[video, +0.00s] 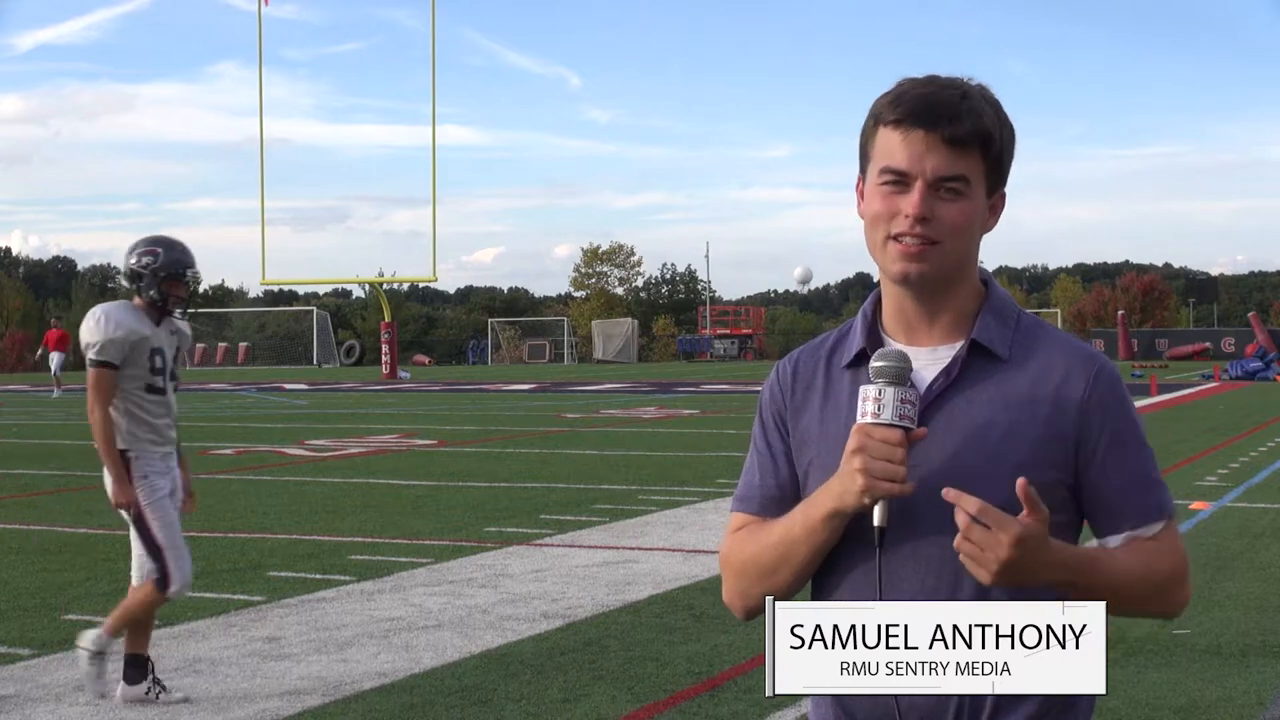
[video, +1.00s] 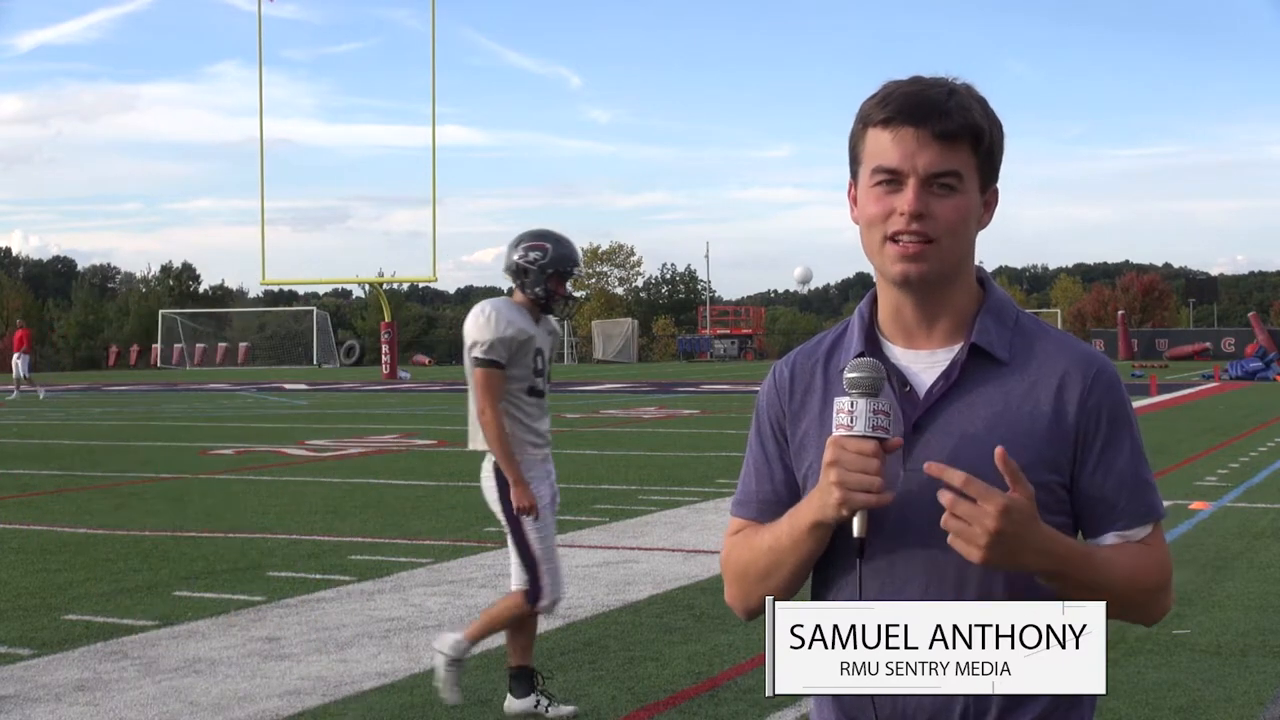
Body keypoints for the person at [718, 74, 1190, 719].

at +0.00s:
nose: (914, 211)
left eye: (949, 188)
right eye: (893, 182)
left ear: (993, 208)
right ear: (861, 196)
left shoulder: (1076, 381)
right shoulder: (798, 382)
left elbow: (1167, 581)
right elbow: (740, 587)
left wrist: (1053, 564)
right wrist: (837, 496)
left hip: (1022, 708)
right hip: (845, 707)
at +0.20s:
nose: (918, 205)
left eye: (950, 182)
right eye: (895, 180)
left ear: (992, 207)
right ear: (862, 202)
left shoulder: (1078, 385)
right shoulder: (796, 383)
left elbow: (1151, 584)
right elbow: (745, 587)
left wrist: (1027, 581)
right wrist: (835, 511)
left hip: (1025, 708)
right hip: (847, 708)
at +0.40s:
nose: (915, 206)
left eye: (948, 183)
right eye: (892, 180)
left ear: (991, 204)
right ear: (859, 200)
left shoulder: (1078, 382)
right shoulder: (796, 383)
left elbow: (1158, 581)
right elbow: (745, 587)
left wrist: (1032, 577)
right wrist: (830, 515)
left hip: (1027, 708)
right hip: (848, 708)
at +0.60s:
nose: (913, 208)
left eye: (945, 183)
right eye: (889, 182)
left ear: (988, 204)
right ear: (856, 201)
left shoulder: (1078, 382)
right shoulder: (796, 384)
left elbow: (1154, 581)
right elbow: (745, 588)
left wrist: (1030, 575)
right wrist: (829, 514)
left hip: (1028, 707)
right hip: (849, 708)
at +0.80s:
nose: (910, 208)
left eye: (942, 185)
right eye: (887, 182)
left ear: (987, 205)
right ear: (855, 201)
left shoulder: (1077, 381)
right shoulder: (794, 385)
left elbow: (1154, 580)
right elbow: (744, 589)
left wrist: (1032, 577)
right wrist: (827, 518)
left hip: (1028, 707)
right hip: (849, 708)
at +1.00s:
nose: (910, 208)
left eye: (942, 184)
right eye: (887, 182)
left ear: (986, 204)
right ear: (855, 202)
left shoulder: (1077, 381)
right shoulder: (795, 384)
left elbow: (1150, 591)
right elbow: (741, 590)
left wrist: (1041, 548)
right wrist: (818, 508)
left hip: (1029, 707)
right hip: (850, 707)